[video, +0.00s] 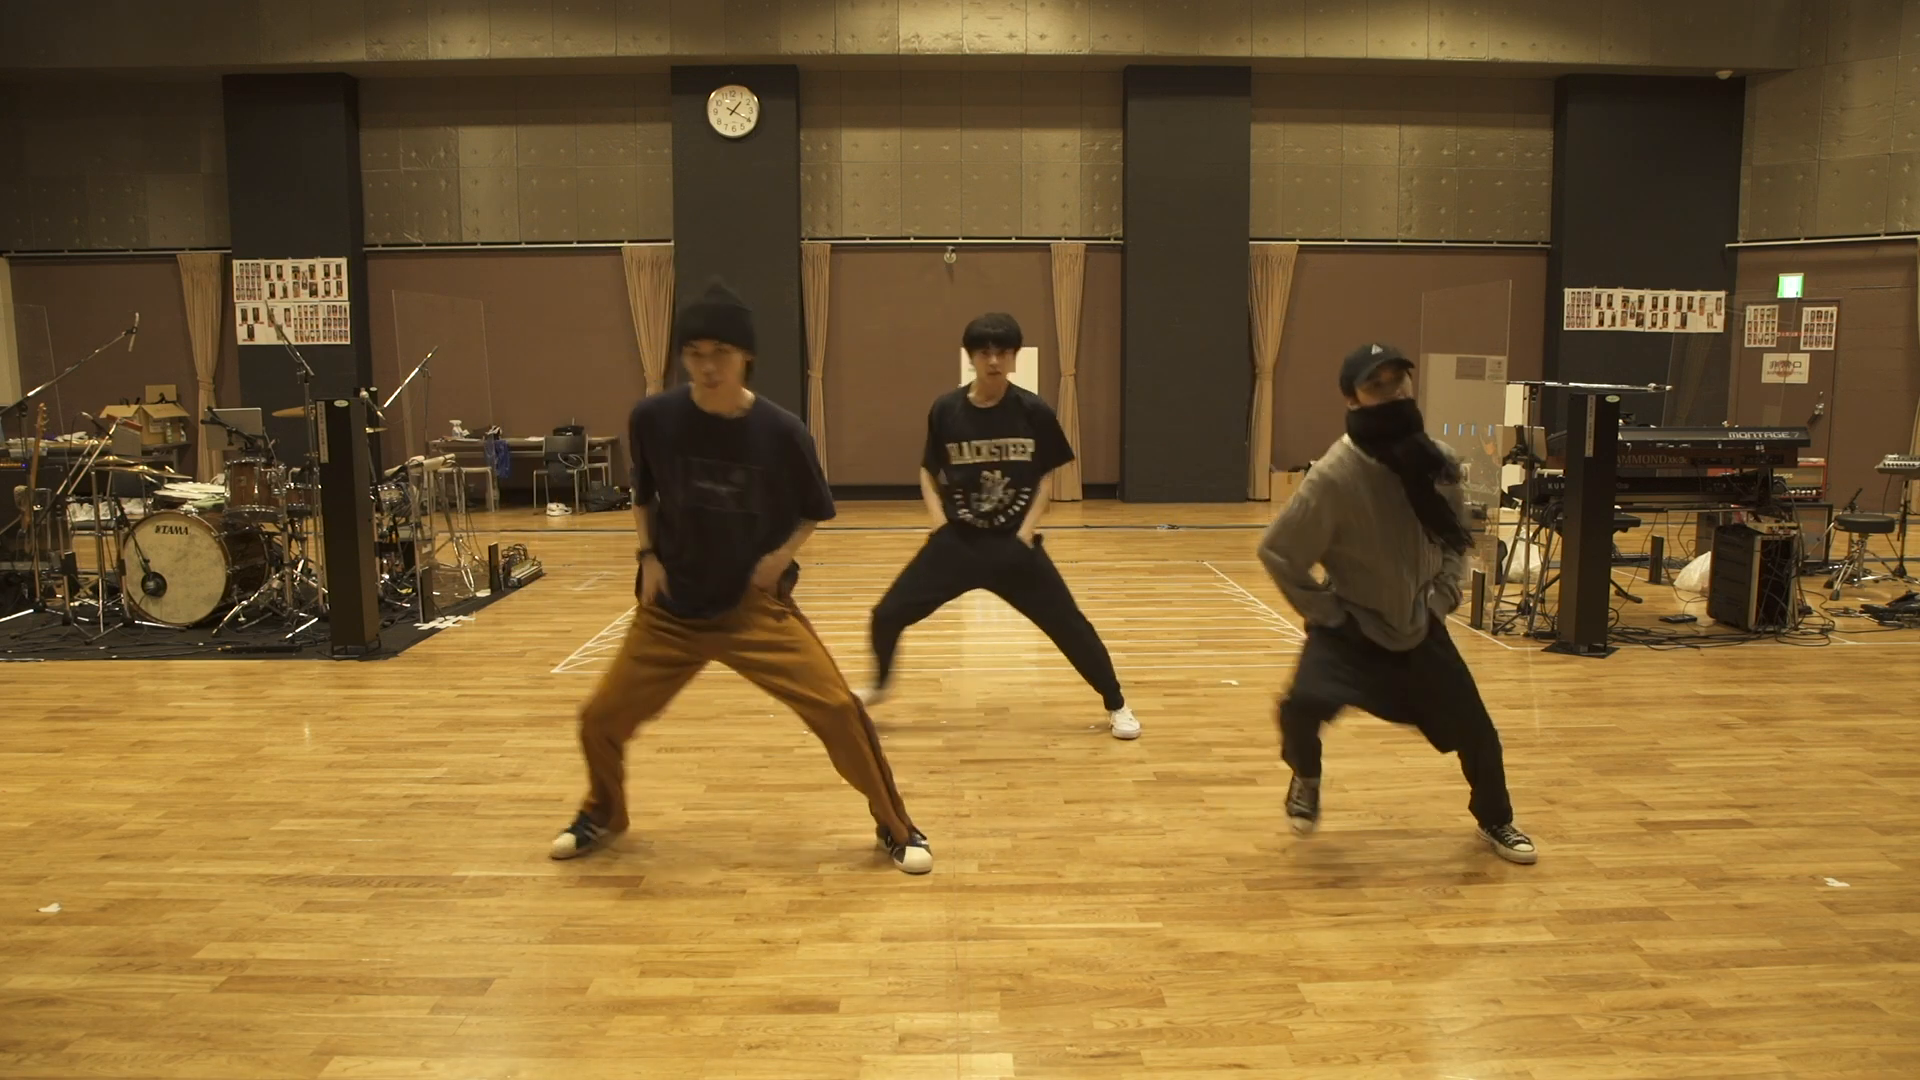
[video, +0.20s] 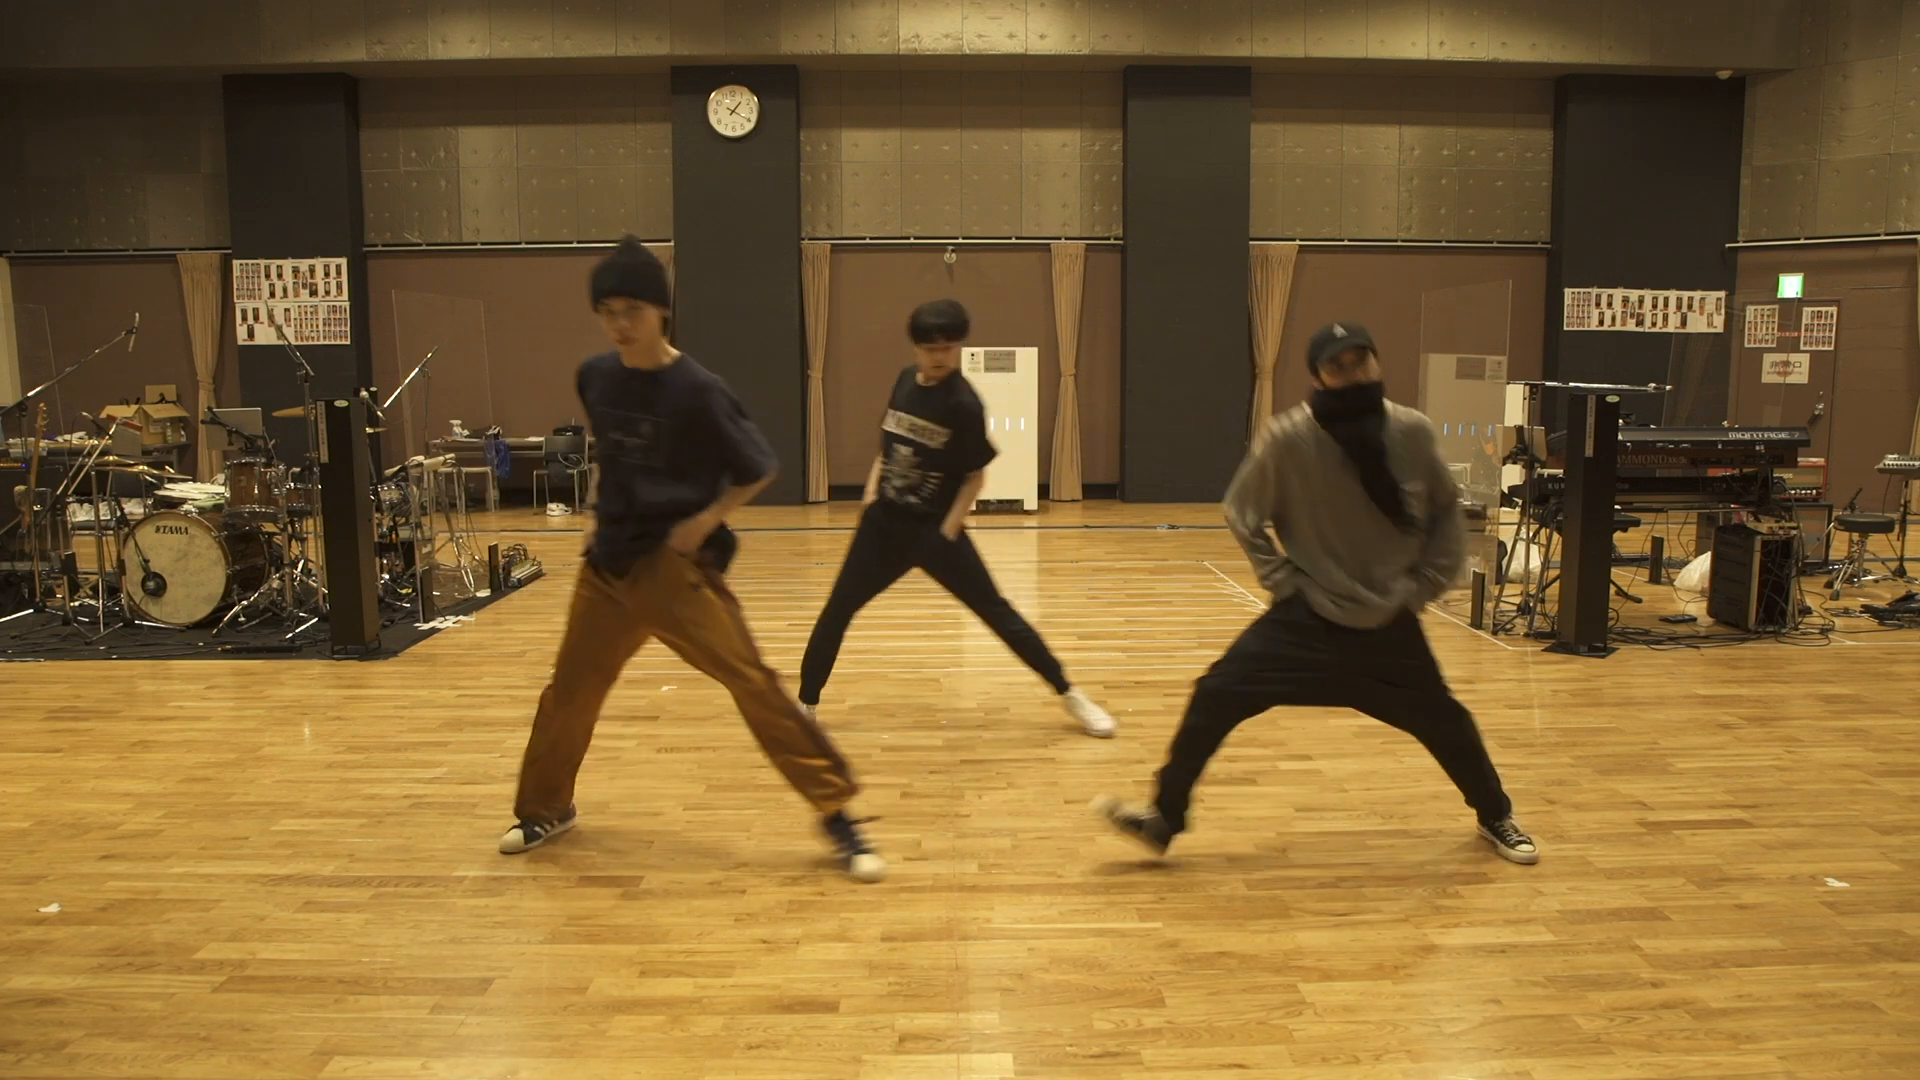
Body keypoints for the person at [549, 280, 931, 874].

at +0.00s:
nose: (706, 367)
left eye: (719, 354)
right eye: (695, 355)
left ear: (746, 358)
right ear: (681, 359)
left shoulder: (781, 432)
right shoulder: (652, 420)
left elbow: (816, 511)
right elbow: (644, 494)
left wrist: (780, 557)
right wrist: (647, 555)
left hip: (757, 611)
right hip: (671, 612)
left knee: (839, 709)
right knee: (598, 720)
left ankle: (897, 827)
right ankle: (604, 814)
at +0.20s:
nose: (618, 325)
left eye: (630, 311)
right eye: (607, 314)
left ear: (662, 310)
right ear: (599, 317)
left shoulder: (698, 391)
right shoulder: (595, 378)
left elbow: (761, 468)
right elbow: (606, 454)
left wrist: (704, 520)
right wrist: (603, 517)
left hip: (677, 567)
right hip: (609, 564)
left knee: (754, 684)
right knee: (570, 689)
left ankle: (837, 816)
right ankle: (544, 812)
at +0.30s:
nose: (572, 304)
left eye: (583, 289)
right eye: (560, 294)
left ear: (616, 288)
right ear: (554, 301)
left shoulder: (662, 373)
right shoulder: (559, 364)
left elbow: (721, 453)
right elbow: (563, 443)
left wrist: (661, 505)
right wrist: (553, 506)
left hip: (639, 553)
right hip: (571, 549)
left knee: (684, 690)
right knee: (551, 683)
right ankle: (547, 805)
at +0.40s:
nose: (552, 298)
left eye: (562, 282)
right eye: (541, 288)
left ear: (596, 280)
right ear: (534, 295)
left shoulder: (643, 363)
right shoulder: (541, 356)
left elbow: (700, 447)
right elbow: (548, 438)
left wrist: (645, 496)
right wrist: (534, 499)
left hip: (618, 543)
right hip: (552, 541)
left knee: (648, 679)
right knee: (545, 679)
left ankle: (688, 822)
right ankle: (548, 805)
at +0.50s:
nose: (534, 291)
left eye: (544, 276)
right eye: (523, 283)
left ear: (578, 275)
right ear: (517, 292)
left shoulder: (631, 360)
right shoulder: (520, 357)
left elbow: (681, 444)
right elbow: (521, 441)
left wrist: (627, 492)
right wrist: (517, 506)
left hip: (602, 533)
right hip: (534, 533)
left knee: (606, 673)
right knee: (538, 675)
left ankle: (617, 815)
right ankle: (547, 805)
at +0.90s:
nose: (511, 272)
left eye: (526, 260)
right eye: (502, 261)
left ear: (558, 271)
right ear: (492, 274)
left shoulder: (600, 345)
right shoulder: (502, 357)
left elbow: (676, 418)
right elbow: (517, 443)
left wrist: (626, 487)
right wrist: (524, 515)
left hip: (615, 535)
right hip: (548, 538)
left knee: (607, 675)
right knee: (568, 677)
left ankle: (587, 798)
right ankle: (610, 830)